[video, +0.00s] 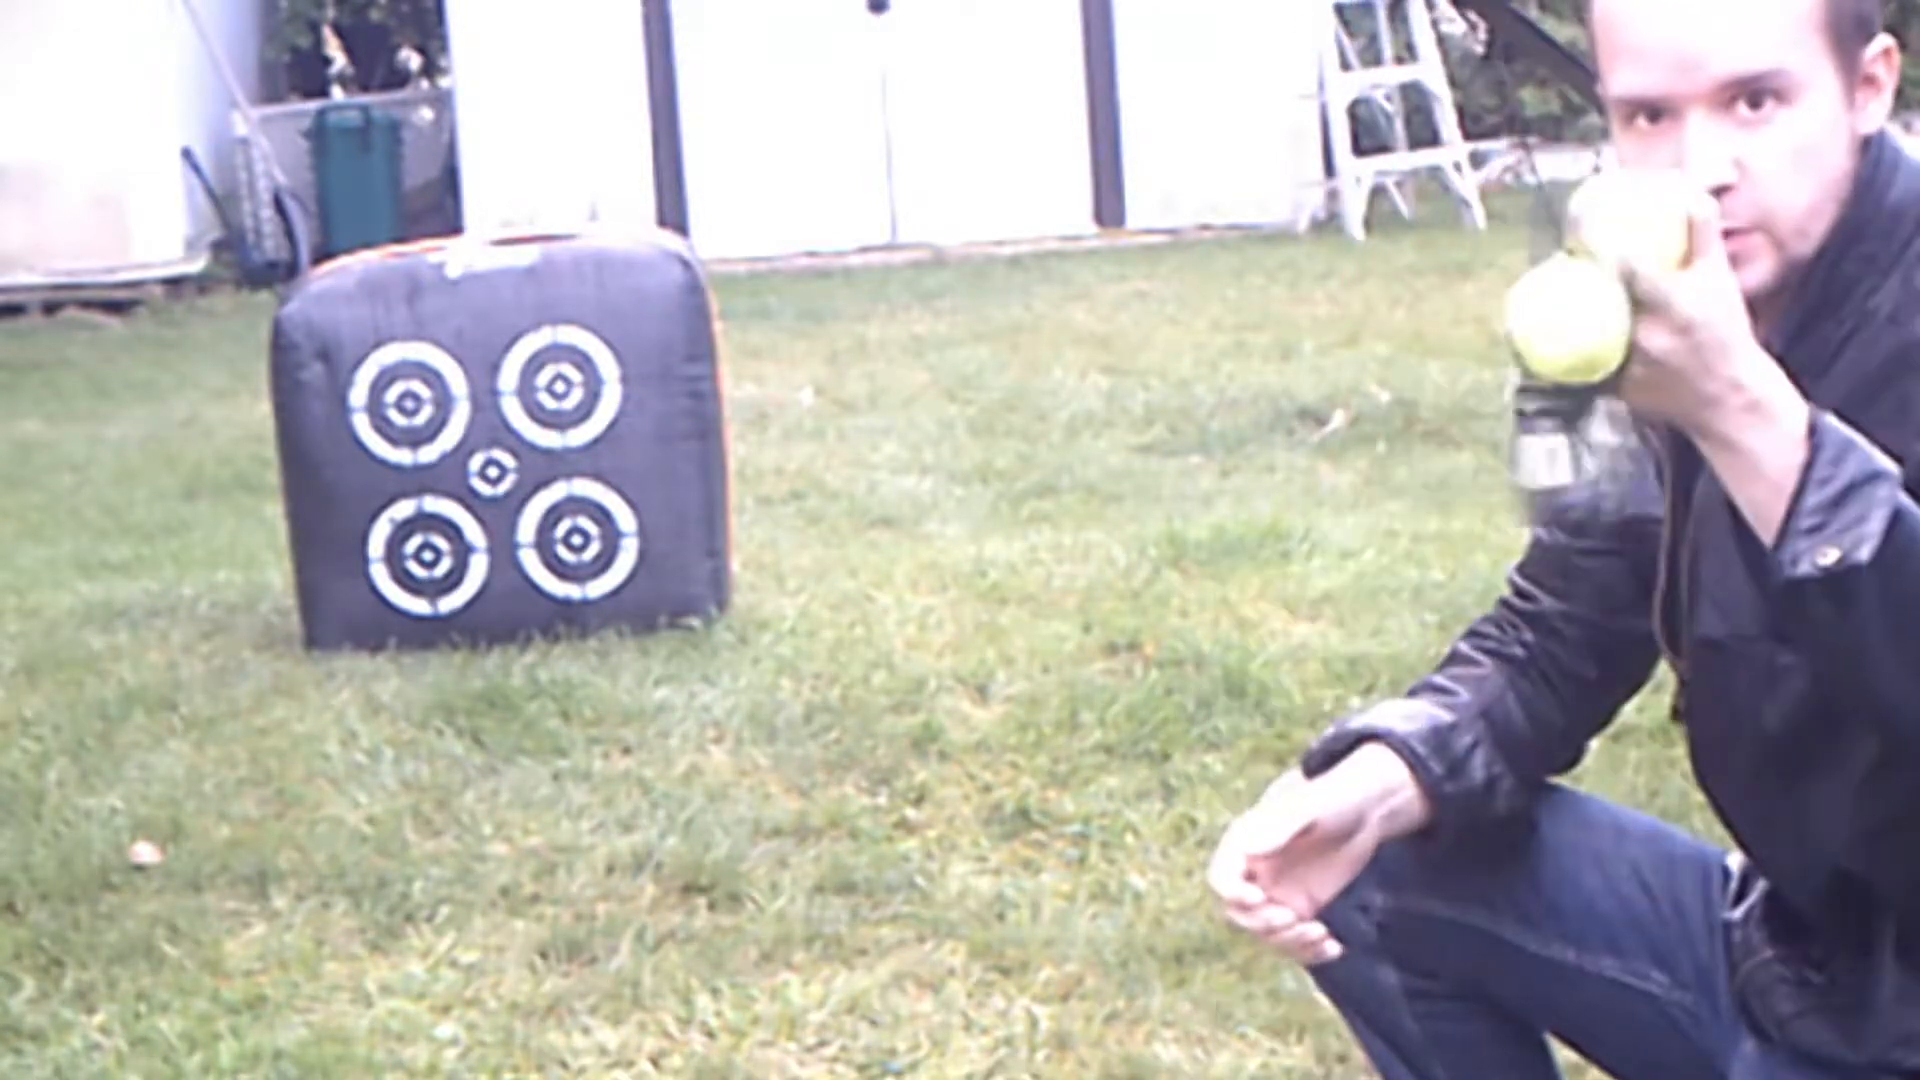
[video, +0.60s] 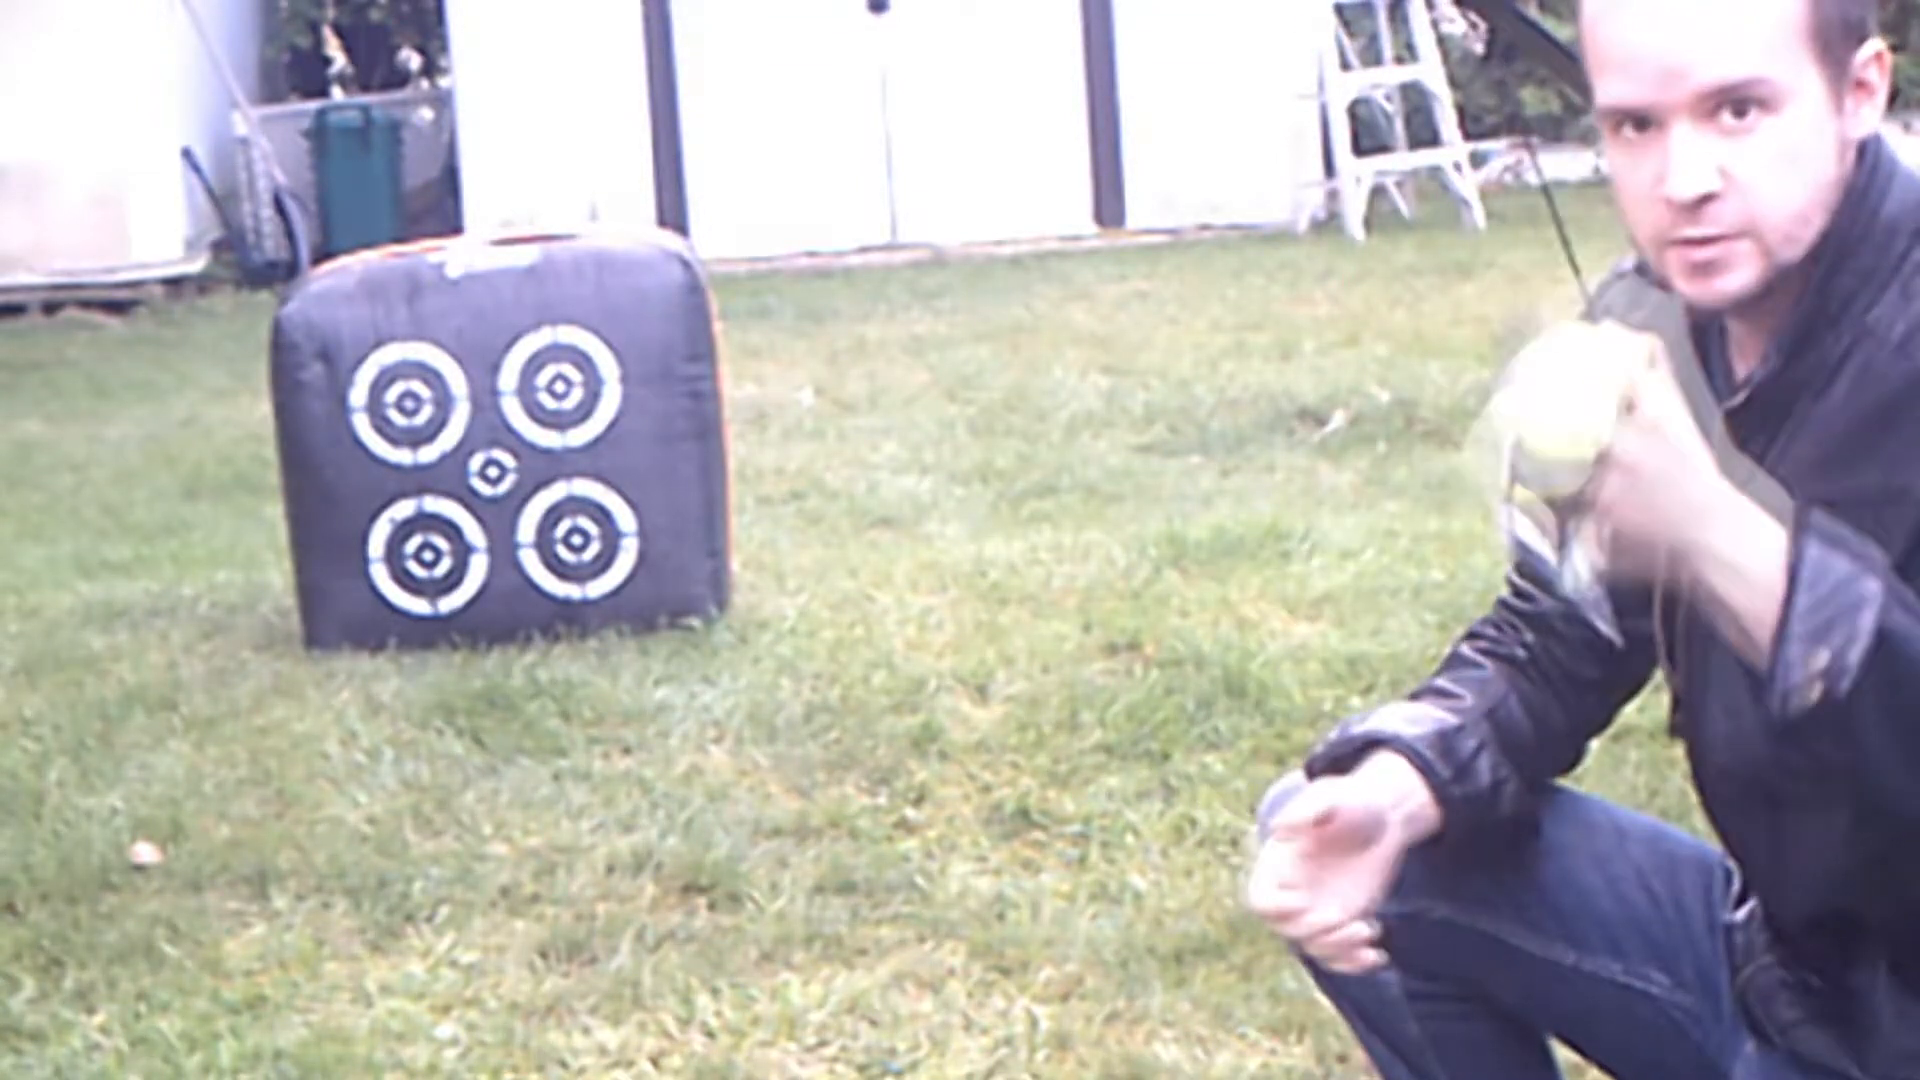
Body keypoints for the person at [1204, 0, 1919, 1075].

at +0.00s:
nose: (1701, 174)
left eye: (1757, 101)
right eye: (1648, 117)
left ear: (1872, 87)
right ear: (1607, 125)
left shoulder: (1911, 329)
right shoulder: (1675, 312)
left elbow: (1904, 680)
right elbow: (1557, 633)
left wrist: (1741, 412)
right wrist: (1387, 779)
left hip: (1893, 1037)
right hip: (1772, 944)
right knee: (1367, 869)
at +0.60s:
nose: (1683, 183)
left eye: (1738, 111)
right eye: (1635, 125)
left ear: (1862, 94)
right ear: (1598, 132)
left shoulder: (1905, 338)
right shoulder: (1646, 322)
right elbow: (1555, 637)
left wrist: (1712, 530)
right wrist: (1407, 781)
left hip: (1883, 1047)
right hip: (1766, 945)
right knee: (1360, 852)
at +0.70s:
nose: (1667, 193)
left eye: (1722, 124)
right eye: (1621, 139)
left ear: (1855, 104)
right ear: (1589, 135)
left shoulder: (1903, 357)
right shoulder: (1630, 336)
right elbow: (1563, 645)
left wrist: (1688, 677)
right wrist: (1423, 774)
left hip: (1883, 1046)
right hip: (1759, 949)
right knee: (1329, 842)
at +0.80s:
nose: (1639, 223)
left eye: (1696, 156)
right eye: (1602, 165)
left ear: (1840, 120)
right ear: (1573, 143)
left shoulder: (1899, 383)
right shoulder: (1629, 342)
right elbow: (1559, 625)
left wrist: (1695, 836)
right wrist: (1438, 768)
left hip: (1876, 1030)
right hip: (1740, 943)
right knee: (1333, 842)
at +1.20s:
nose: (1608, 287)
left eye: (1660, 233)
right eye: (1578, 228)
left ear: (1818, 182)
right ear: (1553, 191)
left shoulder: (1900, 423)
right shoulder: (1621, 348)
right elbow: (1551, 618)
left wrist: (1740, 985)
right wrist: (1460, 808)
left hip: (1879, 1000)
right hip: (1719, 912)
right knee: (1334, 820)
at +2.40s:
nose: (1538, 364)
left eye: (1584, 296)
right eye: (1498, 307)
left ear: (1725, 220)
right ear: (1467, 272)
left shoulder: (1891, 476)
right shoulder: (1577, 392)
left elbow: (1901, 980)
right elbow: (1536, 639)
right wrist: (1444, 784)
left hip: (1859, 1012)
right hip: (1699, 930)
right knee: (1331, 822)